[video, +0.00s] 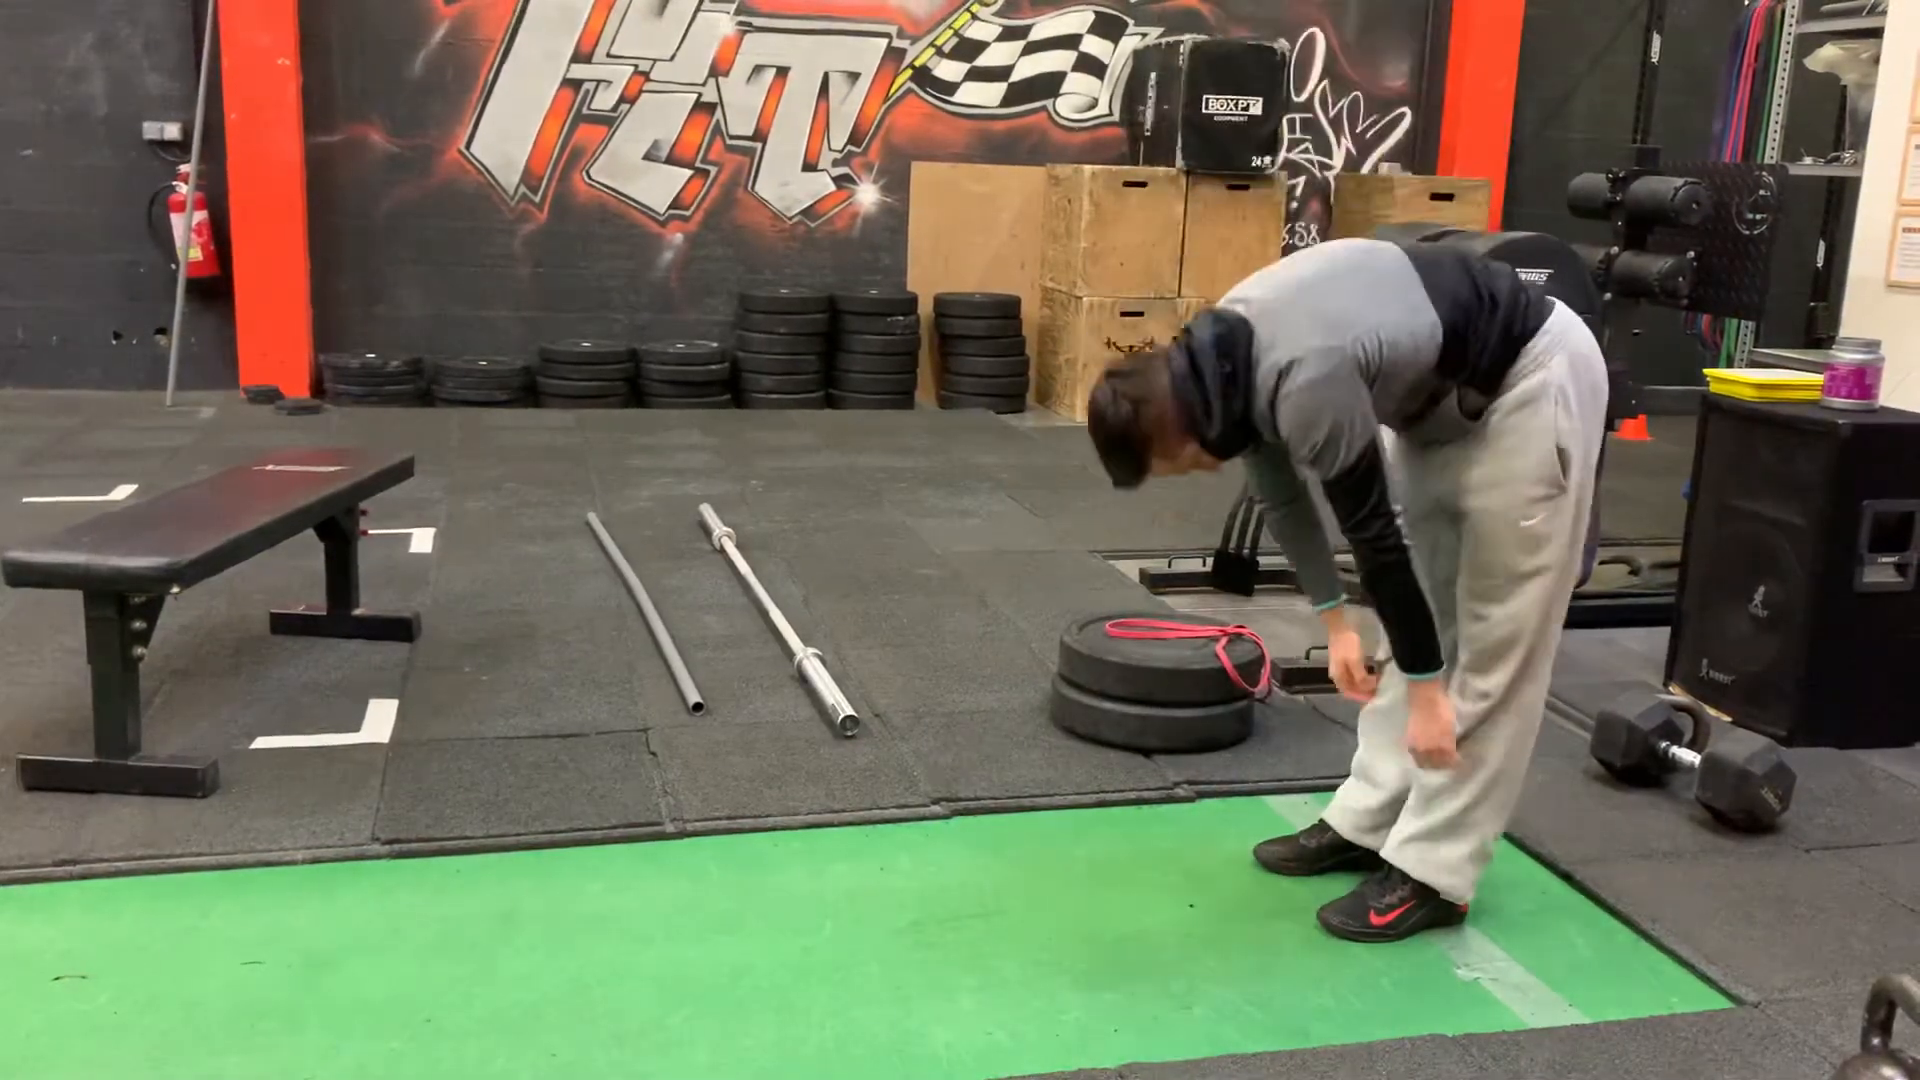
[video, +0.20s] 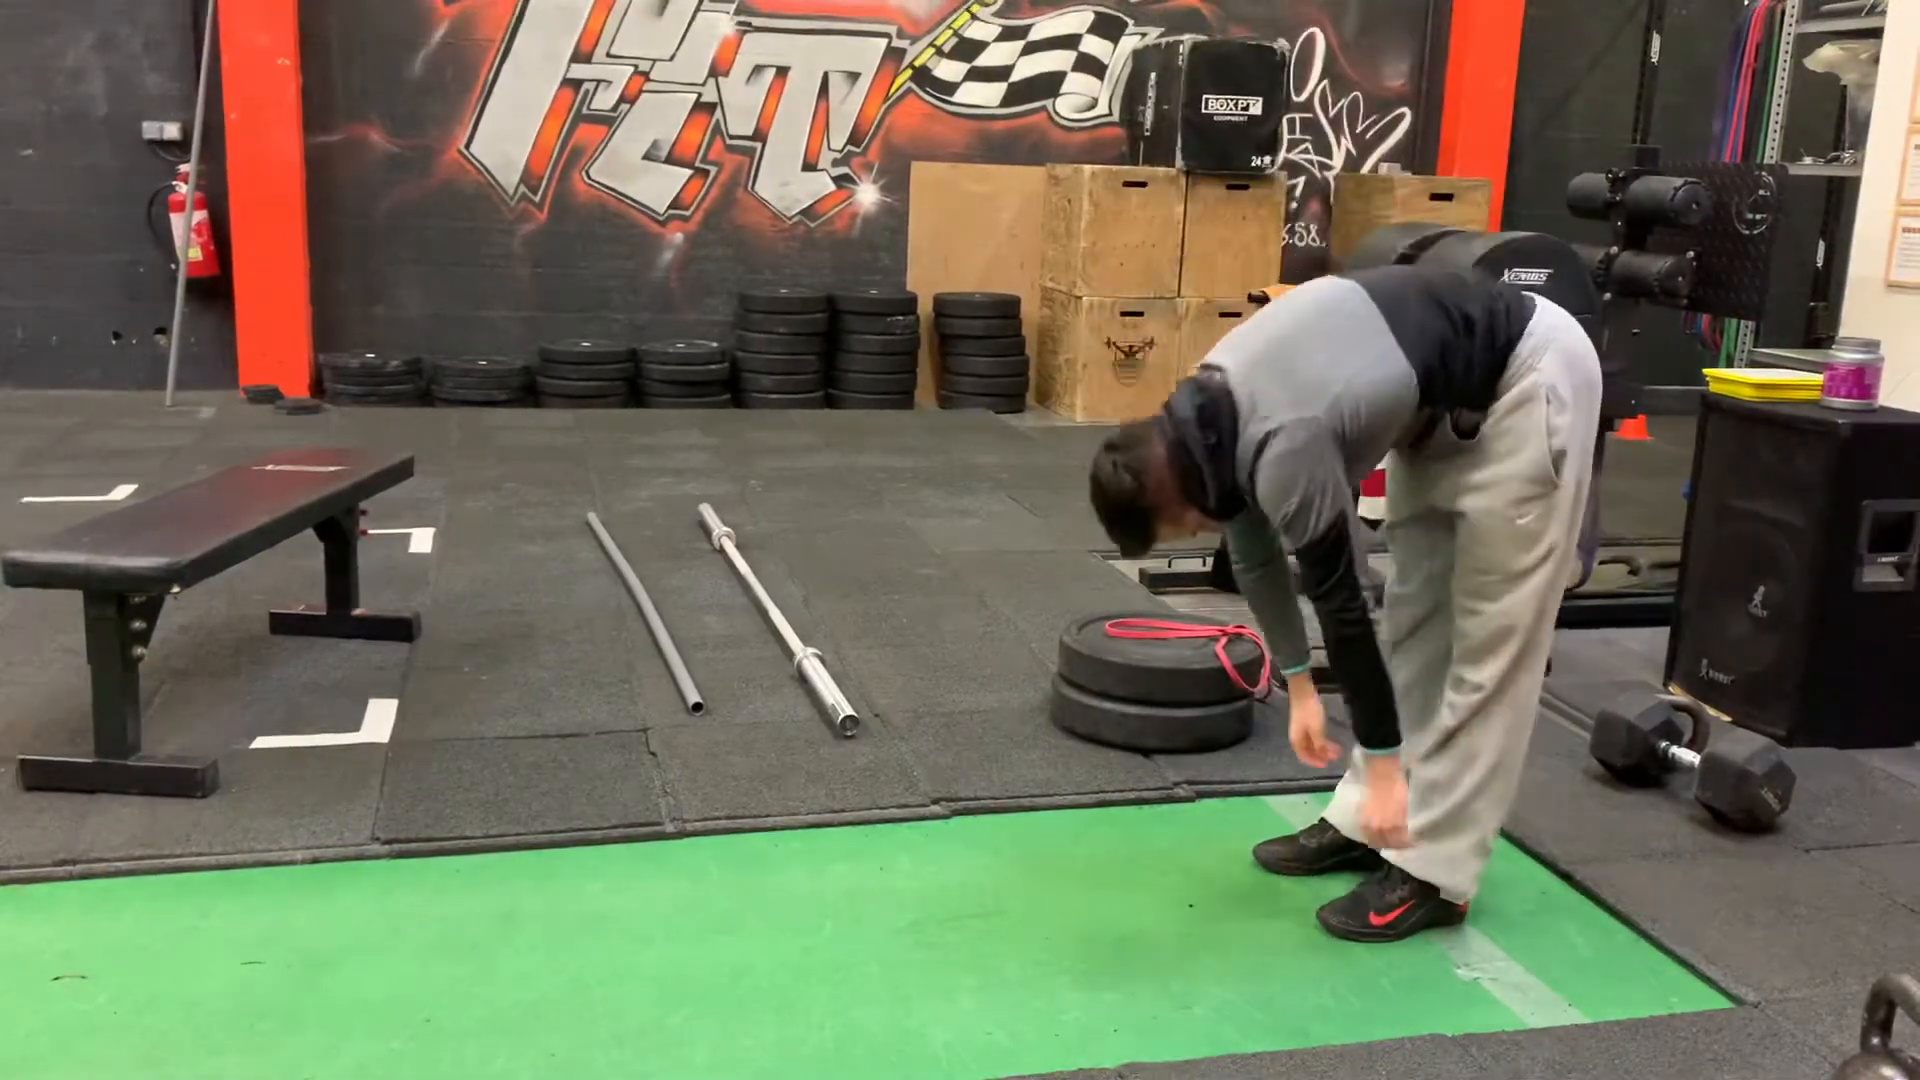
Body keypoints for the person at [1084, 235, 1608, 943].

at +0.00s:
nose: (1183, 471)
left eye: (1171, 459)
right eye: (1167, 467)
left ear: (1181, 419)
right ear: (1165, 405)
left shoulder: (1308, 376)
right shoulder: (1215, 366)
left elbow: (1376, 539)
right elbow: (1286, 503)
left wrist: (1428, 688)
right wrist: (1338, 624)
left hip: (1532, 377)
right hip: (1424, 396)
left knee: (1495, 634)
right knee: (1402, 612)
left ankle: (1435, 871)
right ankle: (1369, 819)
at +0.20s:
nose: (1193, 536)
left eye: (1182, 527)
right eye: (1177, 534)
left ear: (1181, 487)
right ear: (1165, 473)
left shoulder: (1286, 447)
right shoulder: (1201, 418)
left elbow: (1344, 610)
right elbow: (1258, 565)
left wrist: (1384, 769)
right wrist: (1301, 689)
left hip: (1530, 377)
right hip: (1432, 395)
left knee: (1489, 637)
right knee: (1410, 616)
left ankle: (1439, 871)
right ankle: (1362, 826)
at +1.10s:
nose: (1125, 697)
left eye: (1108, 690)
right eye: (1113, 695)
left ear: (1088, 653)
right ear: (1080, 629)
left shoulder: (1159, 599)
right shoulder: (1103, 560)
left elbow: (1176, 759)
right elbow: (1175, 693)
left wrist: (1165, 925)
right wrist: (1187, 825)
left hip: (1390, 369)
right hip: (1317, 374)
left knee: (1415, 631)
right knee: (1346, 625)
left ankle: (1428, 870)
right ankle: (1363, 821)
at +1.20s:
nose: (1073, 700)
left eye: (1064, 693)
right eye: (1062, 700)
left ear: (1056, 649)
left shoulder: (1128, 600)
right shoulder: (1058, 565)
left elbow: (1153, 761)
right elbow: (1095, 688)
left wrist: (1161, 923)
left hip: (1360, 370)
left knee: (1393, 632)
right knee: (1329, 629)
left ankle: (1429, 871)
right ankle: (1358, 819)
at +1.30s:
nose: (1018, 696)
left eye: (1009, 685)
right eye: (1002, 694)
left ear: (1009, 647)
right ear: (986, 630)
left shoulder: (1094, 611)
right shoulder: (1005, 568)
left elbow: (1133, 766)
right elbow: (1002, 702)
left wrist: (1159, 920)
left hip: (1319, 379)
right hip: (1248, 382)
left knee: (1373, 636)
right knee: (1311, 630)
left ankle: (1425, 871)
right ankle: (1358, 821)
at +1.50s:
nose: (889, 690)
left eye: (882, 678)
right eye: (878, 683)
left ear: (893, 643)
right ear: (880, 624)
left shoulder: (1001, 607)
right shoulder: (915, 571)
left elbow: (1083, 755)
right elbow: (923, 714)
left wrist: (1138, 908)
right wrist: (900, 854)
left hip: (1226, 402)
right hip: (1172, 418)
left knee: (1323, 642)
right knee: (1270, 648)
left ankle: (1420, 863)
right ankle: (1352, 816)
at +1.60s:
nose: (845, 685)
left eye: (837, 671)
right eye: (829, 677)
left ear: (854, 632)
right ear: (840, 608)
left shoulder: (954, 591)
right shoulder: (883, 556)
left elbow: (1011, 747)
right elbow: (907, 707)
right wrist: (900, 845)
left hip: (1186, 403)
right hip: (1138, 413)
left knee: (1297, 640)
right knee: (1246, 644)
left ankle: (1415, 857)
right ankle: (1344, 815)